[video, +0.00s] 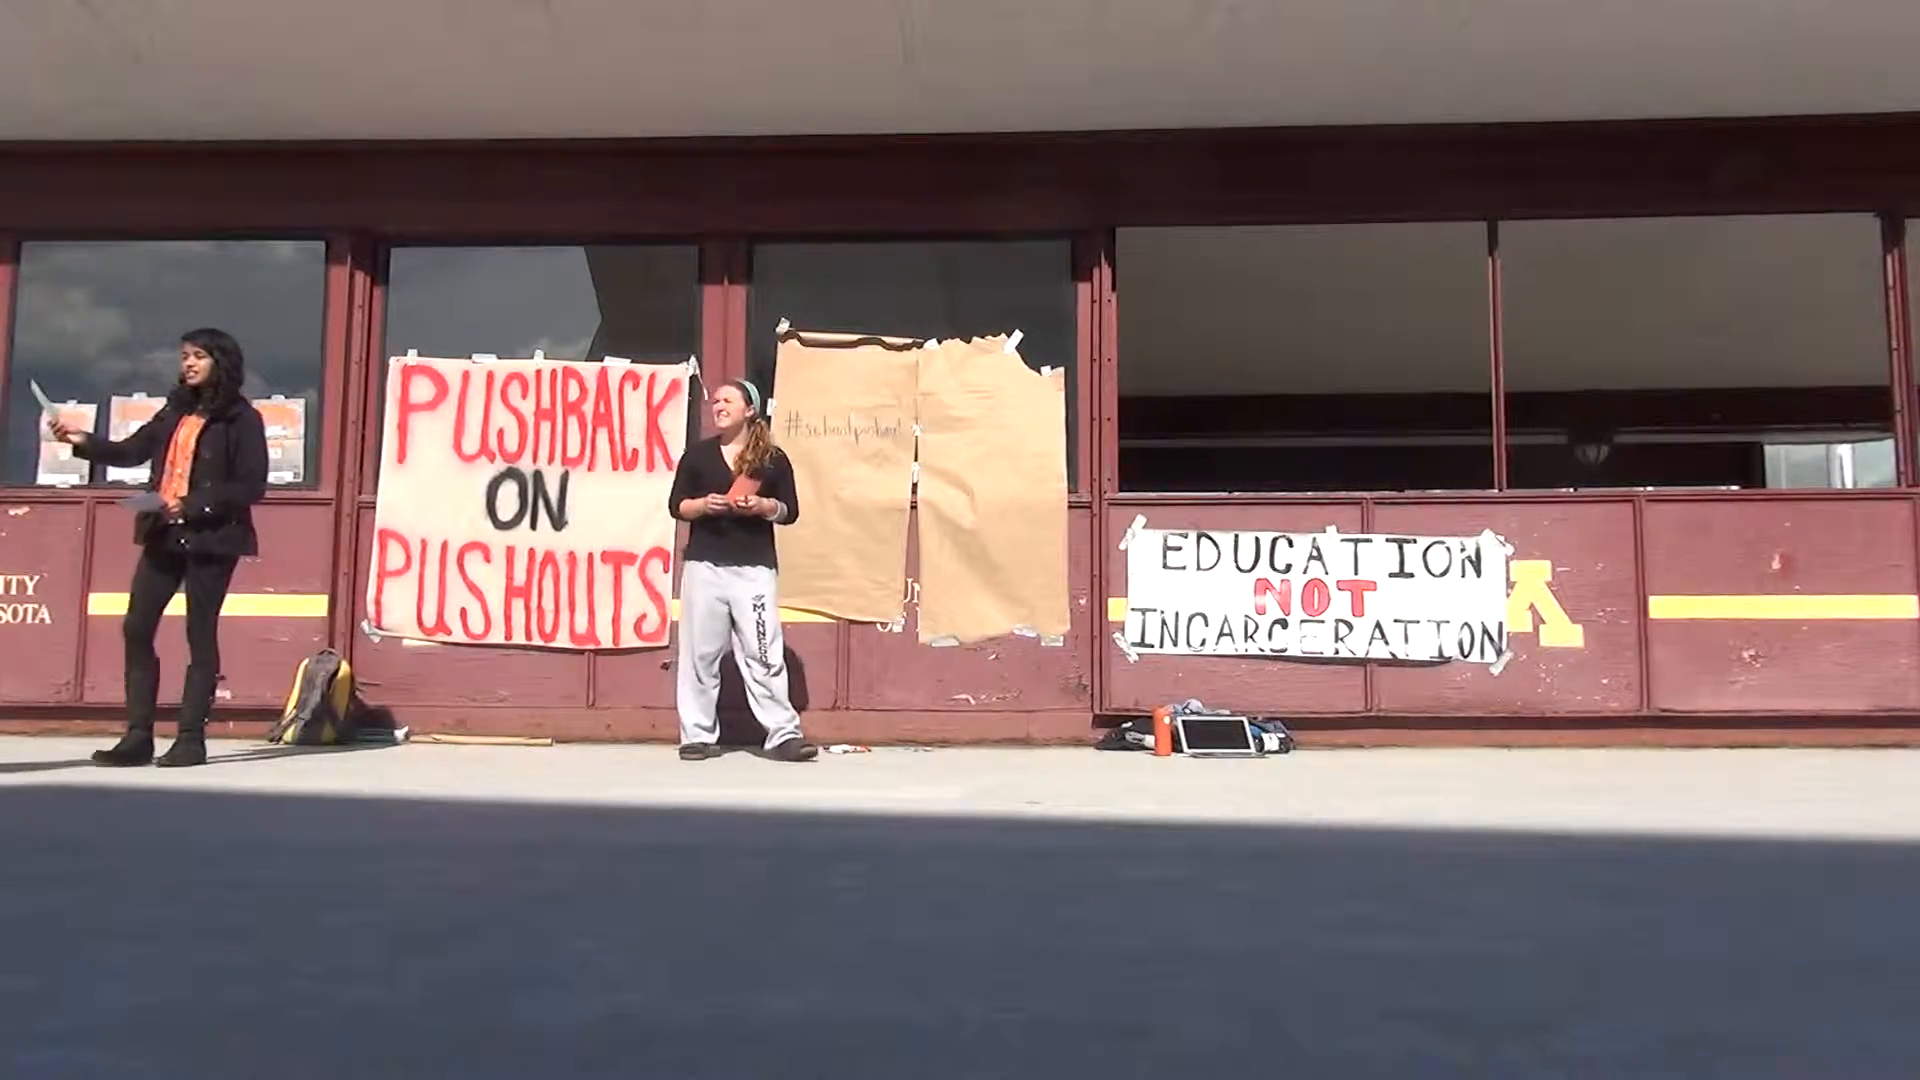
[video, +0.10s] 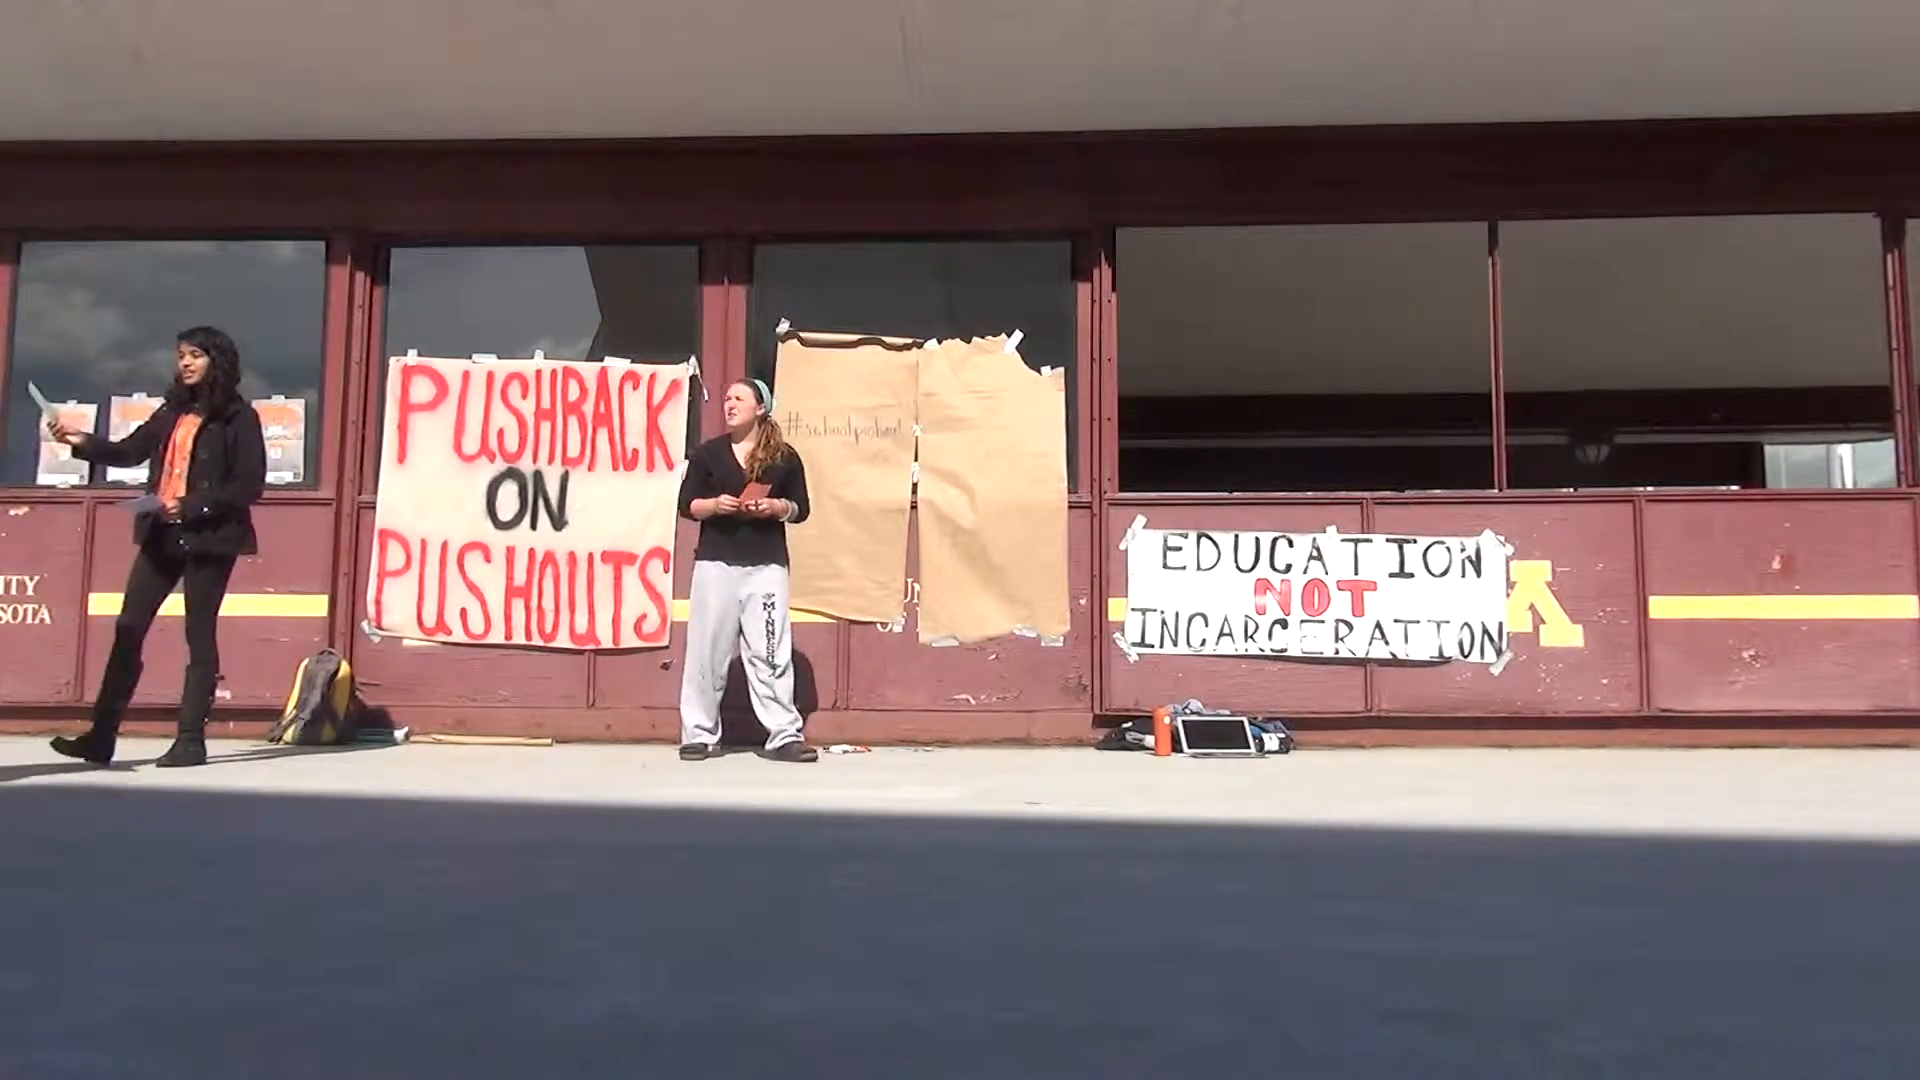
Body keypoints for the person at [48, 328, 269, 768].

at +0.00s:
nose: (186, 364)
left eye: (196, 357)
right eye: (184, 358)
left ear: (220, 363)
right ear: (183, 365)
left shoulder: (243, 418)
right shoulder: (176, 411)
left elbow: (252, 487)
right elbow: (132, 452)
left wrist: (191, 505)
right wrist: (78, 442)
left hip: (214, 541)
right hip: (167, 536)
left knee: (200, 632)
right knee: (137, 627)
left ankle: (191, 739)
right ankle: (139, 736)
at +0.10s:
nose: (184, 363)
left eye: (193, 356)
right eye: (180, 357)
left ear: (217, 361)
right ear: (178, 363)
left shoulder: (240, 416)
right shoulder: (172, 411)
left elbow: (249, 486)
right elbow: (130, 451)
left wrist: (191, 506)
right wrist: (78, 442)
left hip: (213, 540)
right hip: (166, 534)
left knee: (199, 634)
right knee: (130, 627)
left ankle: (191, 741)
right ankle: (101, 737)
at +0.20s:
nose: (181, 363)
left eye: (191, 355)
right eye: (178, 356)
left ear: (214, 360)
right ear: (175, 362)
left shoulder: (235, 414)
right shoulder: (170, 410)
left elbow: (248, 484)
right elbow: (126, 452)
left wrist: (193, 505)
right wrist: (75, 441)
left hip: (210, 539)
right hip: (162, 534)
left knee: (198, 634)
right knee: (122, 628)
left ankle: (190, 741)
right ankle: (77, 733)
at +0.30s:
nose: (178, 362)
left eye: (188, 354)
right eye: (174, 355)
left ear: (210, 359)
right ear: (169, 361)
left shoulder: (232, 415)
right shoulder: (164, 410)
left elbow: (243, 484)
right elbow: (122, 451)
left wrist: (191, 508)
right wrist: (72, 441)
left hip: (206, 539)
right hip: (158, 533)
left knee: (196, 636)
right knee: (117, 625)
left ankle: (191, 742)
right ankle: (76, 732)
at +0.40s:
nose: (172, 361)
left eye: (182, 354)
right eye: (168, 354)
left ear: (205, 360)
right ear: (163, 360)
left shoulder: (227, 415)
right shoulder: (157, 410)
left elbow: (238, 484)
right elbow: (116, 450)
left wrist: (182, 504)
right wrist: (69, 447)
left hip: (200, 539)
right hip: (151, 533)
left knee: (193, 633)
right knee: (117, 627)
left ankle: (191, 740)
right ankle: (90, 738)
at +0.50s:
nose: (162, 359)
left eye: (172, 352)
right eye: (159, 352)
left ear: (197, 358)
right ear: (156, 359)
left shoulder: (220, 418)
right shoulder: (148, 408)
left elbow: (231, 484)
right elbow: (104, 453)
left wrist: (174, 503)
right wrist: (60, 459)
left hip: (192, 542)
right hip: (143, 538)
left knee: (189, 634)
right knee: (119, 632)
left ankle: (190, 740)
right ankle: (87, 740)